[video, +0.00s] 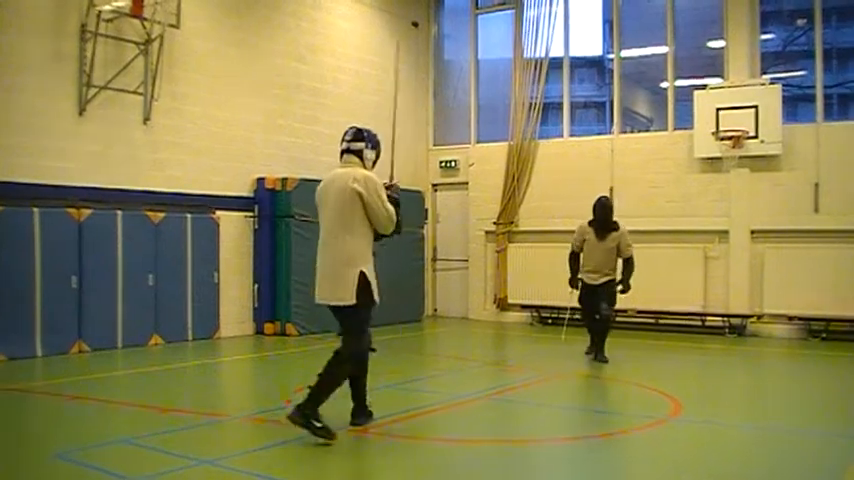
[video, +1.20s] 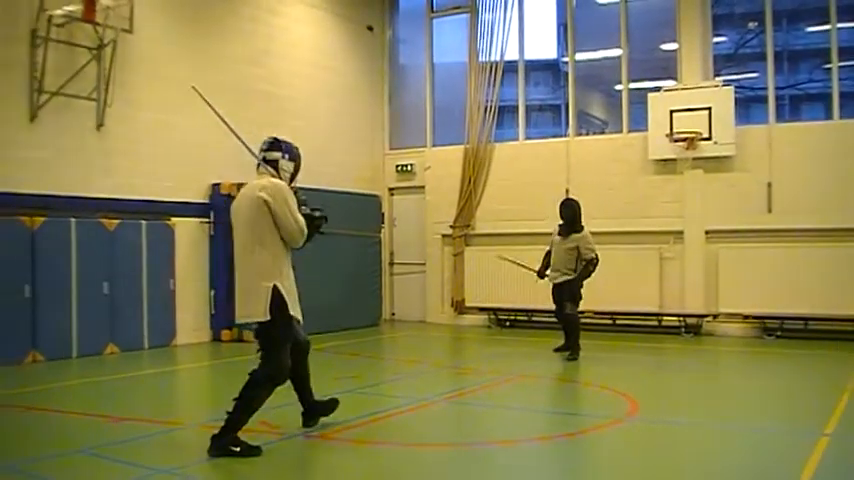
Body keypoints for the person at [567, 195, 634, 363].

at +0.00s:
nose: (604, 215)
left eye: (607, 211)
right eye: (601, 210)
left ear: (612, 213)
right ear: (595, 211)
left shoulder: (619, 233)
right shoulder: (584, 230)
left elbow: (628, 258)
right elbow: (574, 252)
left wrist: (626, 279)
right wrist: (573, 275)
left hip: (608, 280)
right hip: (587, 280)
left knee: (605, 314)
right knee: (587, 314)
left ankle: (600, 349)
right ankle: (593, 341)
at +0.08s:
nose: (599, 232)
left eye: (603, 227)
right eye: (596, 227)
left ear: (608, 224)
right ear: (592, 223)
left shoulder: (617, 238)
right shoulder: (583, 234)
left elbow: (627, 262)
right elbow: (574, 254)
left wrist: (623, 281)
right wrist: (574, 275)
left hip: (606, 280)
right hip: (587, 280)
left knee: (605, 313)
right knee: (588, 314)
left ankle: (602, 348)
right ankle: (595, 343)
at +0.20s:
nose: (596, 251)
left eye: (599, 248)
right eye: (593, 247)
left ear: (606, 242)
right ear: (587, 240)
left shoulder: (615, 246)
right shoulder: (580, 240)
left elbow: (622, 271)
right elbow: (571, 254)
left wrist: (614, 290)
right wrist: (572, 274)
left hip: (606, 280)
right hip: (585, 280)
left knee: (605, 309)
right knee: (584, 313)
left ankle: (606, 345)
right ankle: (591, 344)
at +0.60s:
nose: (577, 256)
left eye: (580, 253)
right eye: (575, 253)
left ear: (588, 248)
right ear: (570, 245)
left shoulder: (599, 252)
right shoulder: (566, 239)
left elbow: (606, 275)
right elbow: (560, 250)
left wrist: (601, 296)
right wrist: (560, 268)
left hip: (594, 281)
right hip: (573, 280)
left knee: (592, 311)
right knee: (567, 311)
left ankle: (592, 347)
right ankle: (570, 343)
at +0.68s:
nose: (567, 250)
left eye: (570, 248)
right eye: (565, 246)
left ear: (579, 243)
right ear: (561, 241)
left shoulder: (589, 249)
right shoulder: (558, 240)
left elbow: (597, 273)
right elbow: (553, 251)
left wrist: (590, 296)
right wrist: (552, 268)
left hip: (584, 281)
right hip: (564, 281)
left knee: (583, 311)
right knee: (556, 311)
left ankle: (581, 347)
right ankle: (561, 342)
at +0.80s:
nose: (551, 236)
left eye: (554, 233)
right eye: (550, 232)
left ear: (562, 230)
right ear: (548, 230)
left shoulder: (574, 242)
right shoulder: (546, 234)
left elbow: (584, 267)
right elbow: (540, 249)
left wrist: (575, 288)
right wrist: (539, 269)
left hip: (568, 280)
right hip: (549, 279)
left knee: (565, 312)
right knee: (542, 310)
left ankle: (565, 346)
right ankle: (550, 337)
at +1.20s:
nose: (563, 216)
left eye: (566, 213)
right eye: (562, 213)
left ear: (573, 215)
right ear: (561, 214)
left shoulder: (581, 236)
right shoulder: (558, 231)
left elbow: (592, 259)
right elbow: (551, 250)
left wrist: (579, 279)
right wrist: (543, 267)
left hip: (571, 281)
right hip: (557, 280)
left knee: (570, 313)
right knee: (561, 313)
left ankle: (574, 347)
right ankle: (568, 341)